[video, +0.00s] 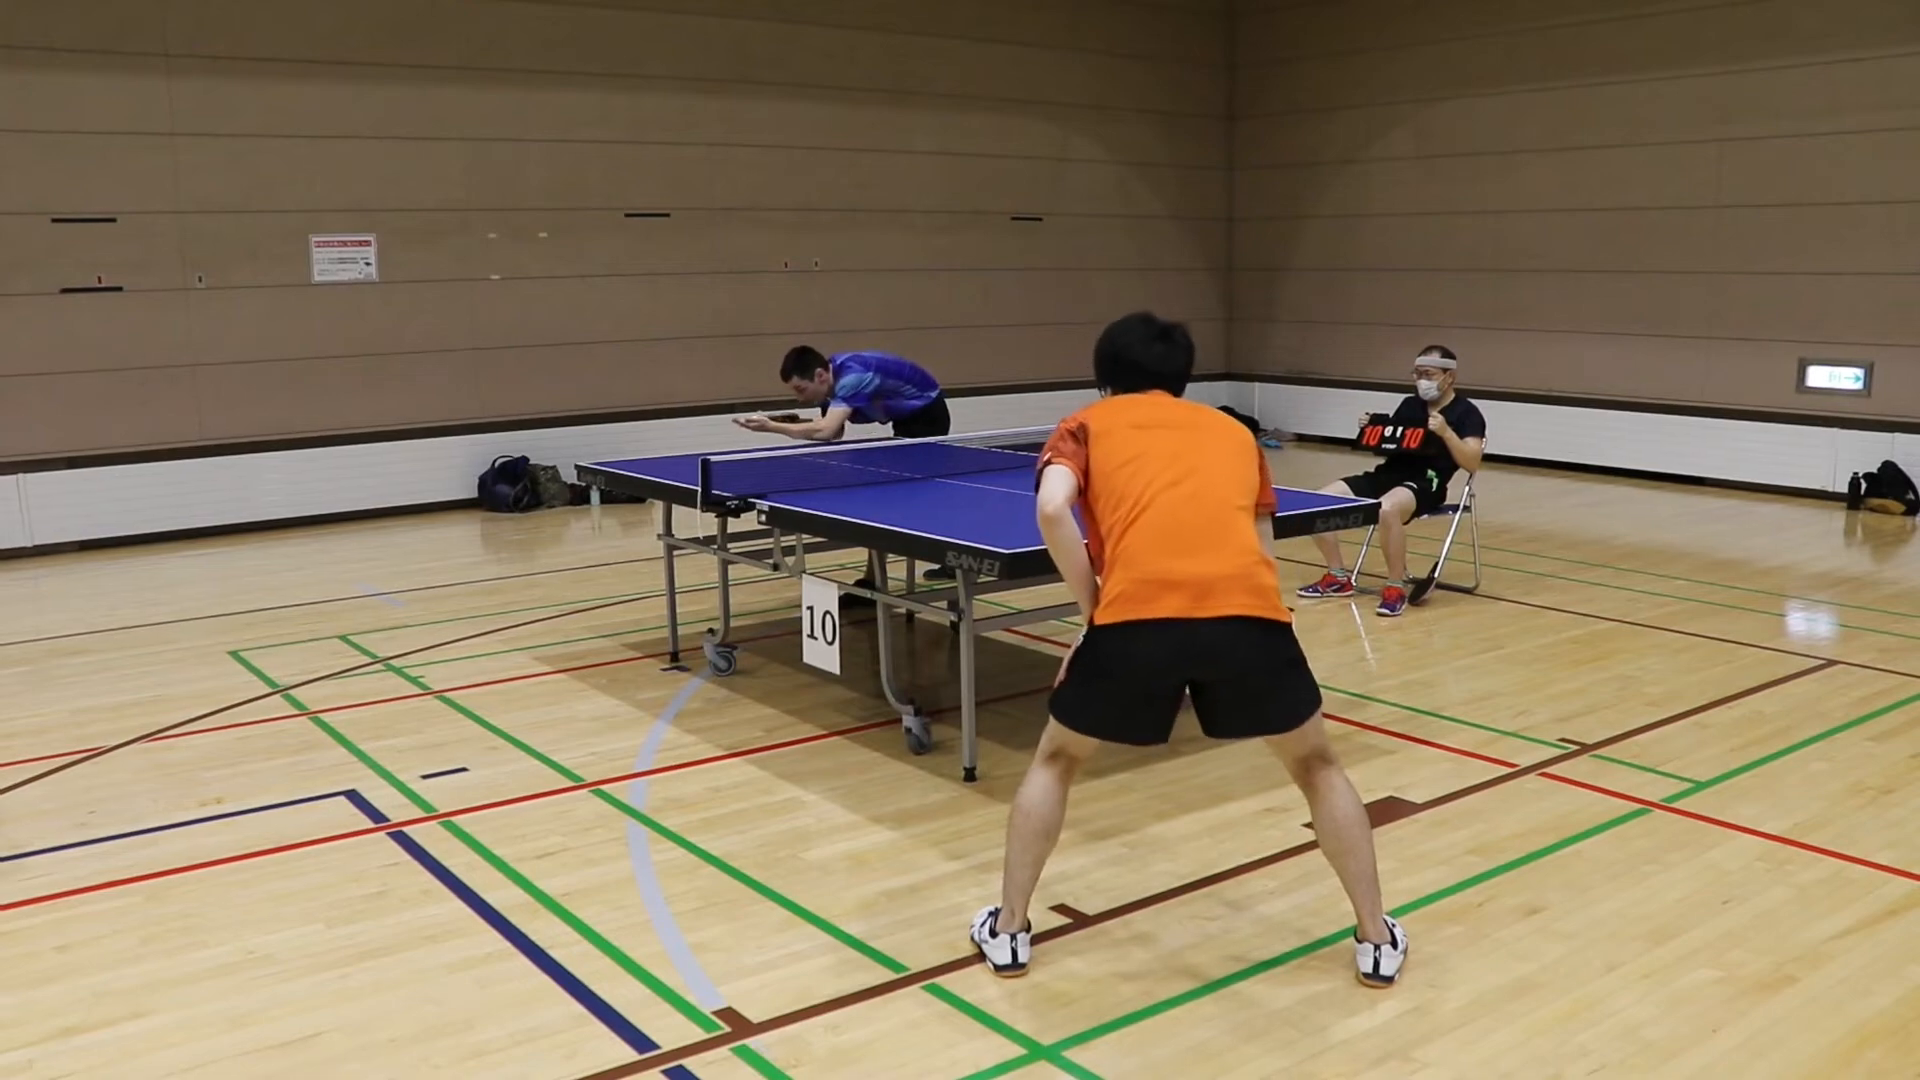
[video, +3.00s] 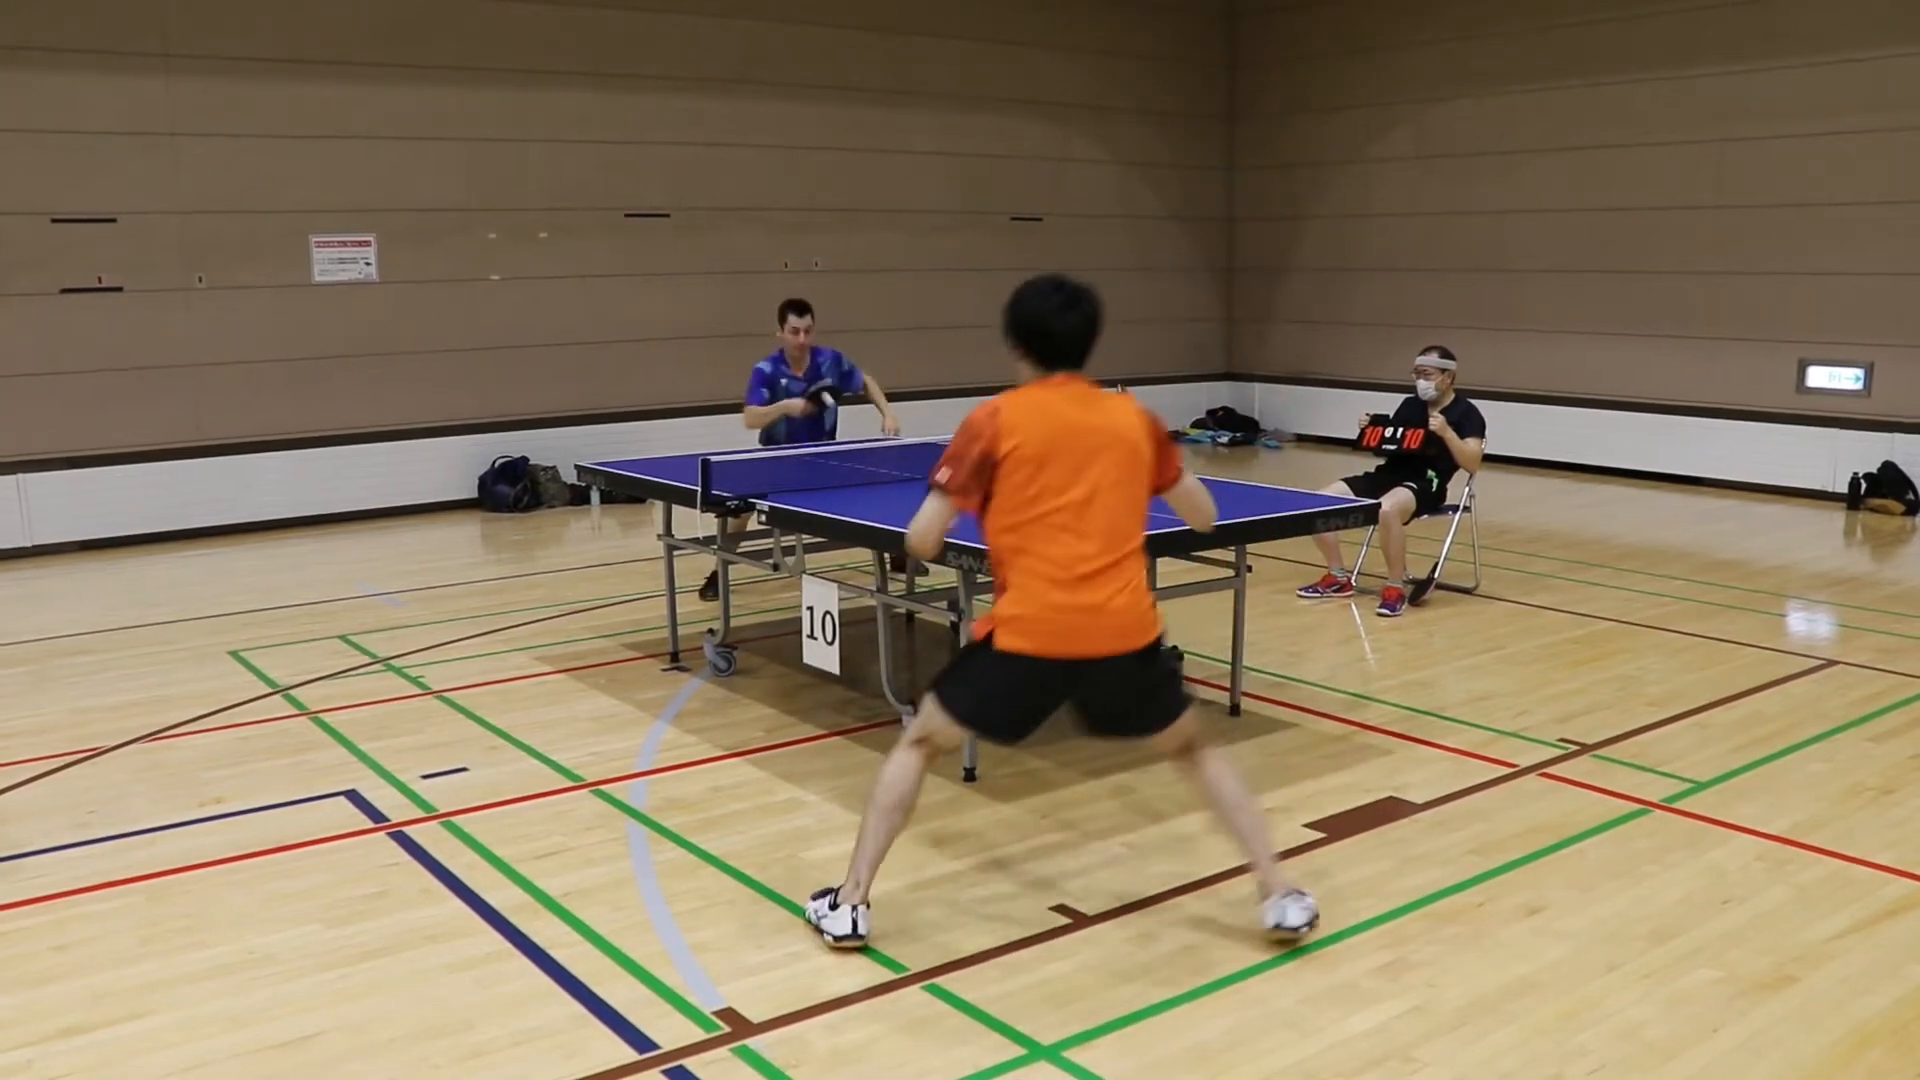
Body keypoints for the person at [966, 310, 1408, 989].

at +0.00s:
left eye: (1099, 374)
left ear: (1104, 376)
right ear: (1183, 378)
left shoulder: (1085, 424)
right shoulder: (1234, 430)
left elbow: (1052, 507)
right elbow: (1260, 546)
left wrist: (1094, 611)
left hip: (1134, 630)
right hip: (1249, 628)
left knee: (1056, 760)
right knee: (1317, 766)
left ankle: (1009, 929)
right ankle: (1378, 938)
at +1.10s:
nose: (1152, 306)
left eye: (1156, 295)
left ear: (1162, 299)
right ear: (1240, 306)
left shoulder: (1131, 361)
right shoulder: (1280, 386)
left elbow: (1076, 472)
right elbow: (1309, 532)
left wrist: (1093, 563)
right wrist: (1247, 543)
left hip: (1147, 596)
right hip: (1253, 603)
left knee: (1073, 757)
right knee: (1315, 757)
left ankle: (1013, 929)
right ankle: (1376, 937)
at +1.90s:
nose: (1116, 310)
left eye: (1118, 301)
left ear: (1124, 305)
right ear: (1194, 307)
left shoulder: (1107, 372)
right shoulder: (1239, 379)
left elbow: (1048, 485)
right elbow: (1290, 498)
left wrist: (1015, 506)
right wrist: (1226, 481)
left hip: (1147, 591)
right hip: (1246, 587)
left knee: (1072, 708)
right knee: (1289, 690)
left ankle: (1052, 874)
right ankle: (1337, 836)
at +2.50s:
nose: (1082, 384)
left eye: (1083, 373)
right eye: (1082, 373)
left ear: (1095, 374)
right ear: (1155, 369)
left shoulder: (1100, 430)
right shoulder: (1205, 427)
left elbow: (1021, 529)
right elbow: (1224, 512)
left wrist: (1007, 514)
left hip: (1168, 644)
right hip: (1248, 637)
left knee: (1015, 707)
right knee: (1250, 698)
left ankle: (987, 880)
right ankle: (1322, 824)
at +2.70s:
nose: (1014, 366)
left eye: (1015, 354)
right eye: (1015, 354)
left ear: (1027, 355)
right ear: (1090, 345)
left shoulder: (1033, 404)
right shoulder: (1133, 409)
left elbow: (944, 492)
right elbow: (1134, 523)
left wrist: (900, 471)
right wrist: (1056, 590)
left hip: (1078, 624)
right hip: (1171, 616)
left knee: (946, 691)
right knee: (1235, 716)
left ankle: (960, 865)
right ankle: (1315, 821)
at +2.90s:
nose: (977, 363)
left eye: (979, 353)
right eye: (984, 352)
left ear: (987, 359)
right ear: (1055, 355)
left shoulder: (977, 431)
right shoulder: (1104, 423)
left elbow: (913, 553)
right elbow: (1184, 479)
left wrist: (884, 562)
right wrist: (1143, 424)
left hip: (1017, 647)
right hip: (1111, 641)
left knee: (906, 739)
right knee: (1165, 748)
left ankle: (850, 900)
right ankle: (1261, 874)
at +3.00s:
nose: (1010, 346)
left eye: (1012, 337)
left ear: (1018, 344)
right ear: (1090, 342)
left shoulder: (993, 421)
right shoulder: (1134, 419)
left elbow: (922, 544)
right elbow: (1203, 517)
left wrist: (925, 542)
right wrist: (1158, 464)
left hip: (1025, 644)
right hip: (1126, 642)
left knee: (920, 743)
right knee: (1194, 749)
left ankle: (851, 901)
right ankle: (1281, 895)